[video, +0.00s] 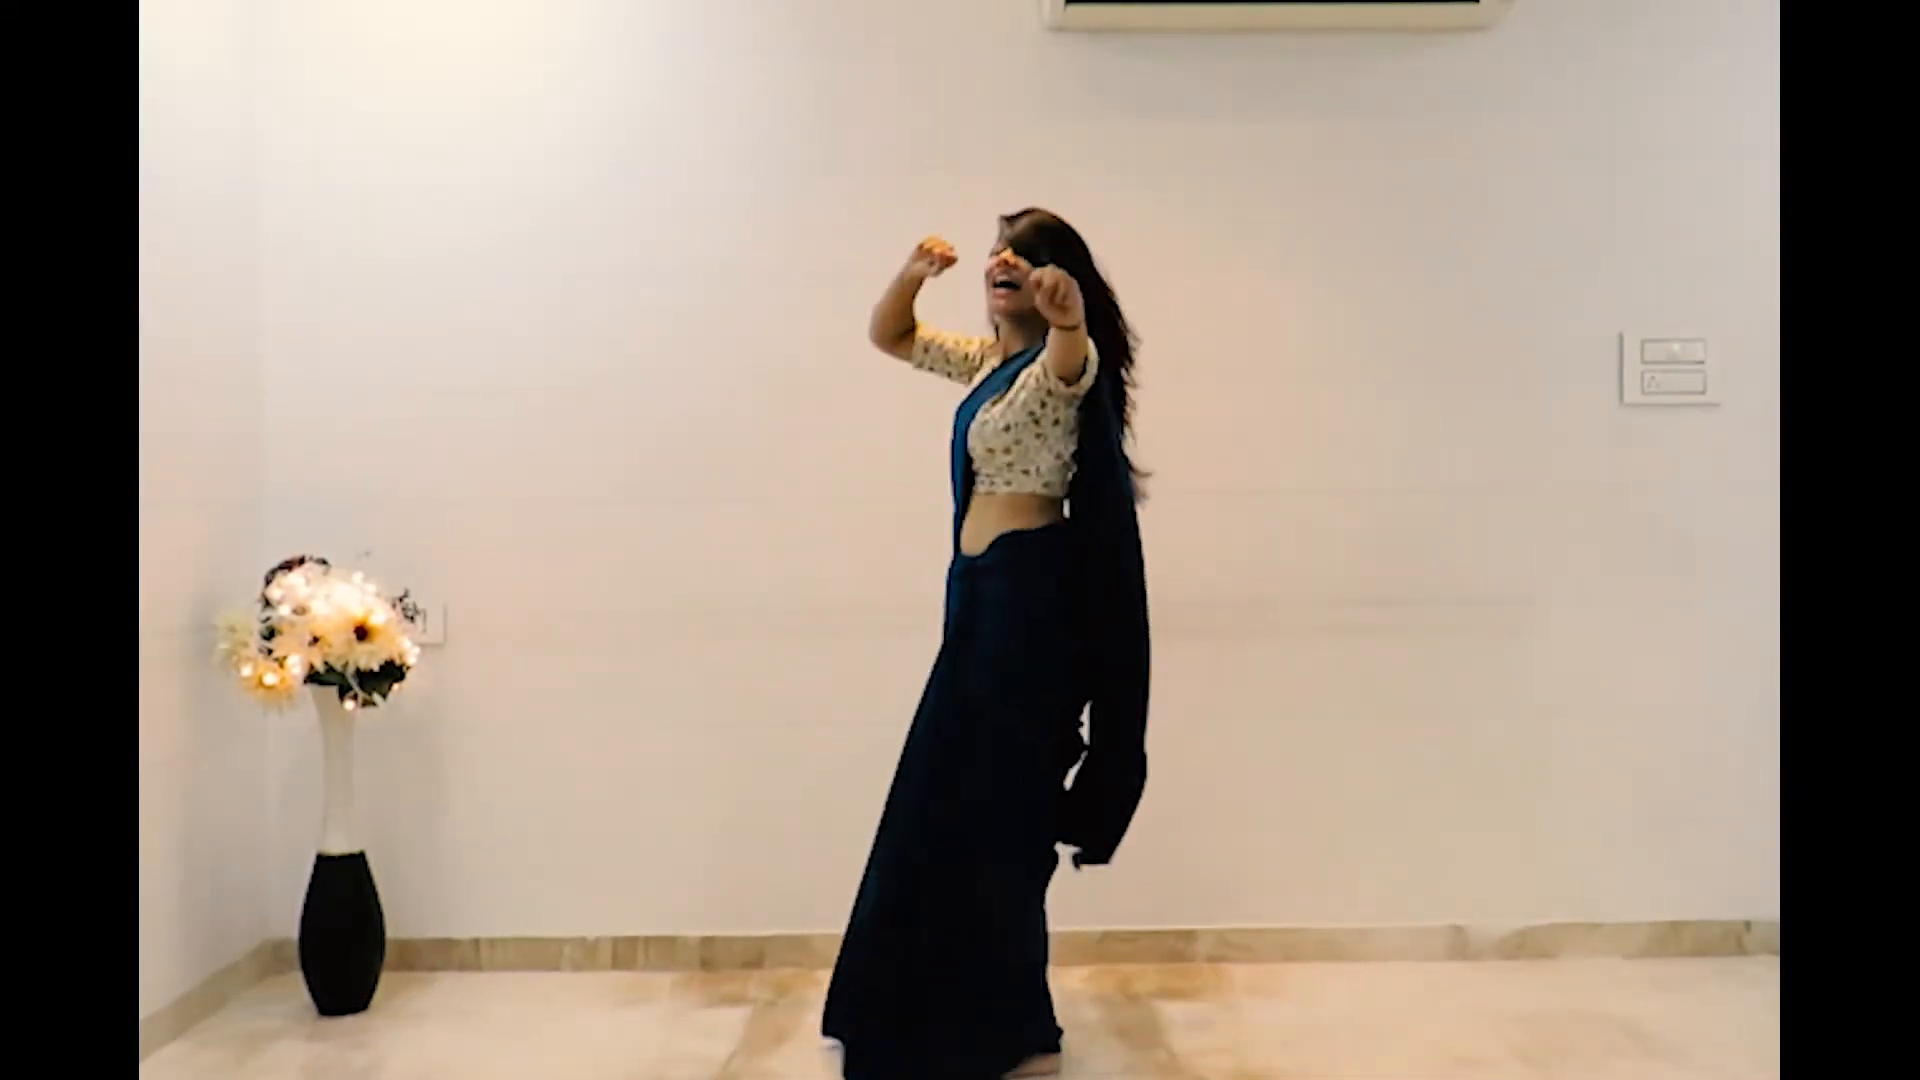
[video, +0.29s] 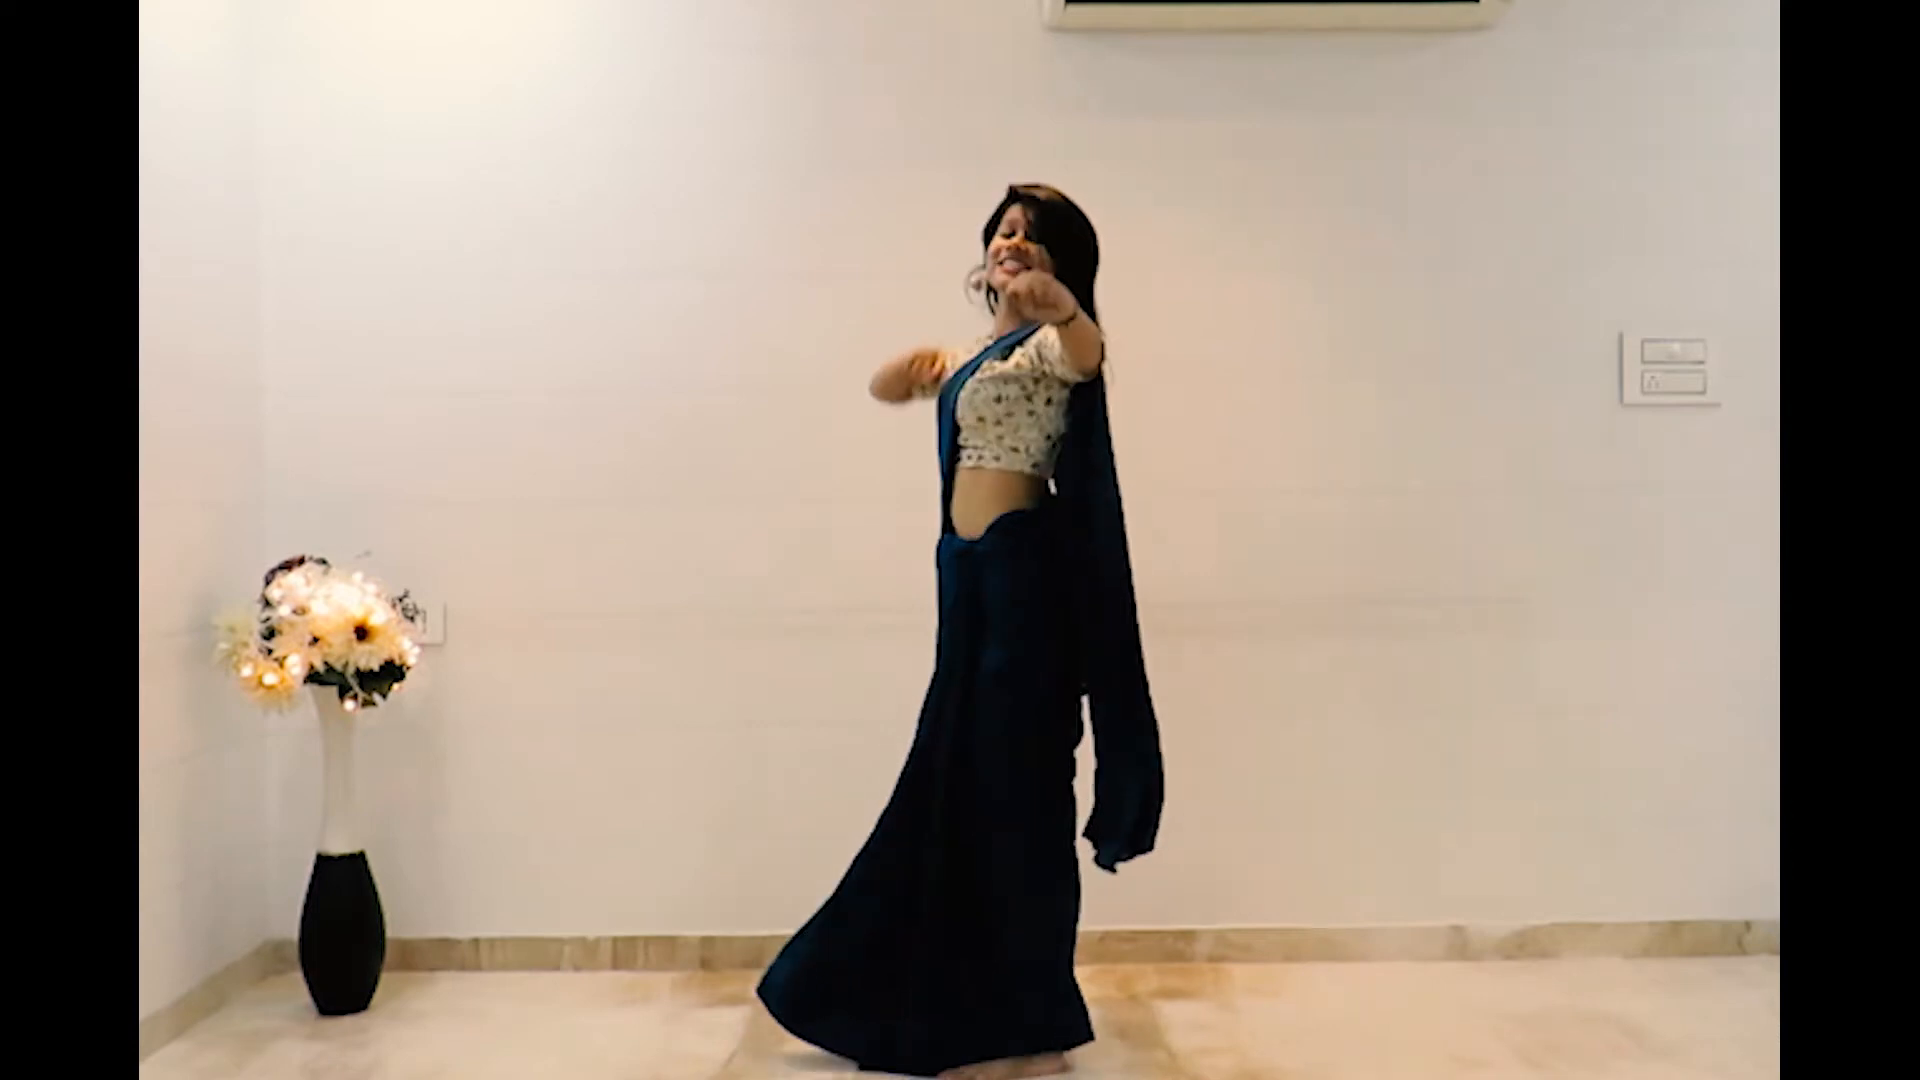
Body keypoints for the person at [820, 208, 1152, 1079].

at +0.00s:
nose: (1001, 269)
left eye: (1020, 258)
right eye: (997, 258)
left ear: (1054, 287)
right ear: (990, 284)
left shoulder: (1058, 367)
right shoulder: (989, 364)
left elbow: (1071, 348)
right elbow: (890, 336)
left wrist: (1060, 304)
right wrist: (909, 279)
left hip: (1026, 596)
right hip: (977, 596)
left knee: (960, 803)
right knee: (973, 805)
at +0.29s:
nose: (1010, 244)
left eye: (1029, 236)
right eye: (1000, 233)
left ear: (1061, 266)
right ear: (985, 260)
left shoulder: (1059, 345)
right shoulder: (976, 359)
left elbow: (1081, 355)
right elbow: (885, 388)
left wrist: (1062, 303)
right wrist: (912, 366)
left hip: (1024, 568)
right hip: (966, 572)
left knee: (1009, 782)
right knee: (968, 780)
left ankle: (1025, 1002)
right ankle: (979, 997)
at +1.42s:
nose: (1036, 253)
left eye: (1054, 242)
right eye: (1018, 242)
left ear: (1077, 273)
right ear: (990, 270)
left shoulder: (1111, 382)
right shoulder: (946, 369)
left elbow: (1190, 506)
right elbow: (855, 477)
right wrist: (942, 506)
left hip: (1079, 633)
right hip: (979, 635)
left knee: (1098, 843)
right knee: (995, 852)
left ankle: (1116, 1052)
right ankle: (1004, 1052)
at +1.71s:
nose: (1033, 256)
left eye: (1046, 242)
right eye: (1012, 248)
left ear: (1076, 262)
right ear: (986, 273)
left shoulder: (1104, 372)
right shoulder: (978, 343)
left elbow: (1212, 401)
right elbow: (911, 339)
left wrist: (1247, 469)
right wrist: (1002, 428)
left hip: (1058, 637)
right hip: (958, 627)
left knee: (1050, 821)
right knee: (887, 815)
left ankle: (1034, 1027)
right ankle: (762, 1037)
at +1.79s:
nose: (1028, 287)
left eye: (1042, 275)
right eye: (1007, 278)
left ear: (1064, 297)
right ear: (977, 300)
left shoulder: (1073, 409)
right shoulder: (964, 362)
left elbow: (1158, 475)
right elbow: (923, 400)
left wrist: (1260, 474)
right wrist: (1071, 399)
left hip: (1061, 654)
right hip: (962, 650)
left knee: (1057, 847)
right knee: (893, 842)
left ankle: (1052, 1044)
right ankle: (746, 1030)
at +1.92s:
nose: (1007, 299)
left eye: (1023, 286)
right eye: (988, 286)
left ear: (1047, 310)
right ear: (962, 309)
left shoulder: (1053, 422)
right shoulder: (949, 400)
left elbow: (1146, 516)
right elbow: (1013, 478)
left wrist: (1254, 461)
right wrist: (1079, 370)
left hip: (1036, 670)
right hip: (938, 670)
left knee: (1056, 867)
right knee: (881, 857)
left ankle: (1066, 1054)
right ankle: (756, 1051)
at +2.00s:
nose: (1004, 308)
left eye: (1017, 295)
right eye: (984, 296)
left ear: (1040, 313)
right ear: (951, 317)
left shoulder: (1055, 414)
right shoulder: (952, 414)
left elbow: (1140, 504)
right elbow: (1054, 504)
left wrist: (1253, 463)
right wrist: (1100, 409)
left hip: (1017, 660)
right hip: (924, 656)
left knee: (1037, 863)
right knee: (863, 844)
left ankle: (1055, 1050)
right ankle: (746, 1045)